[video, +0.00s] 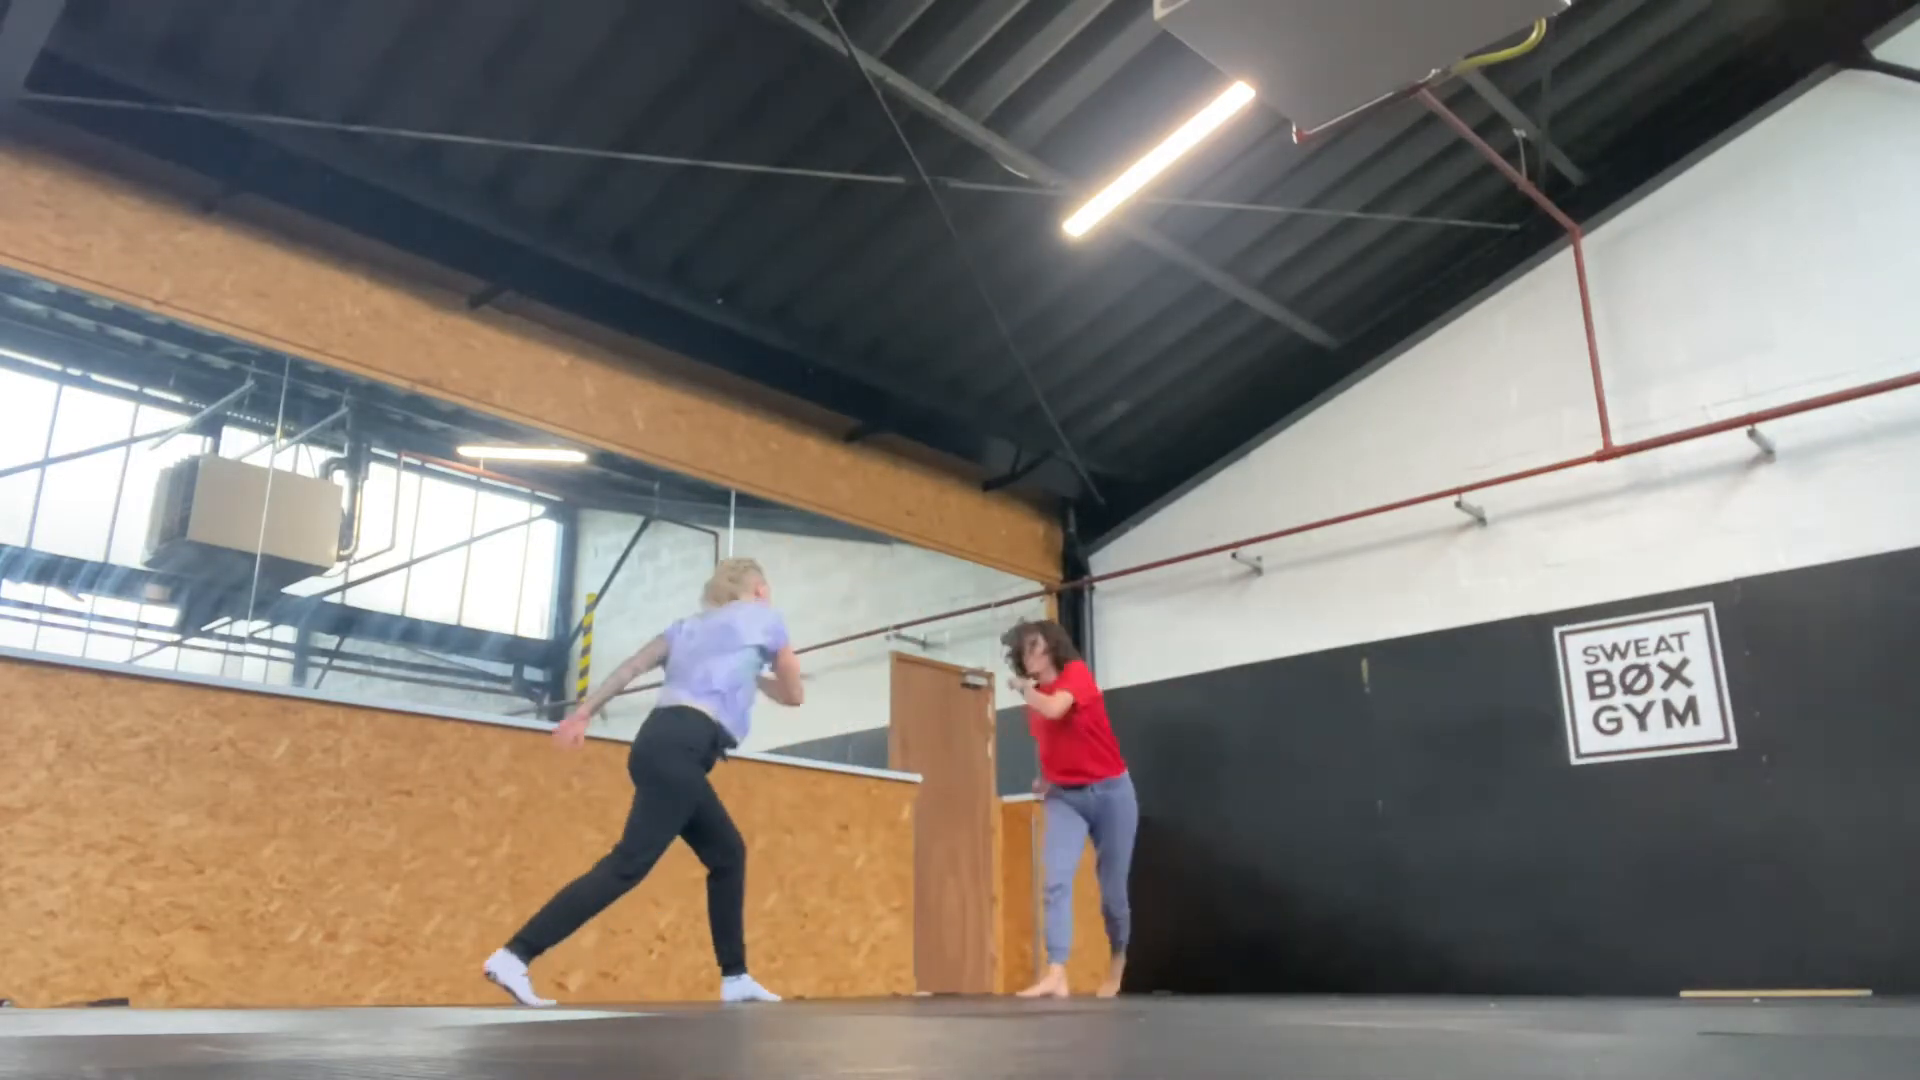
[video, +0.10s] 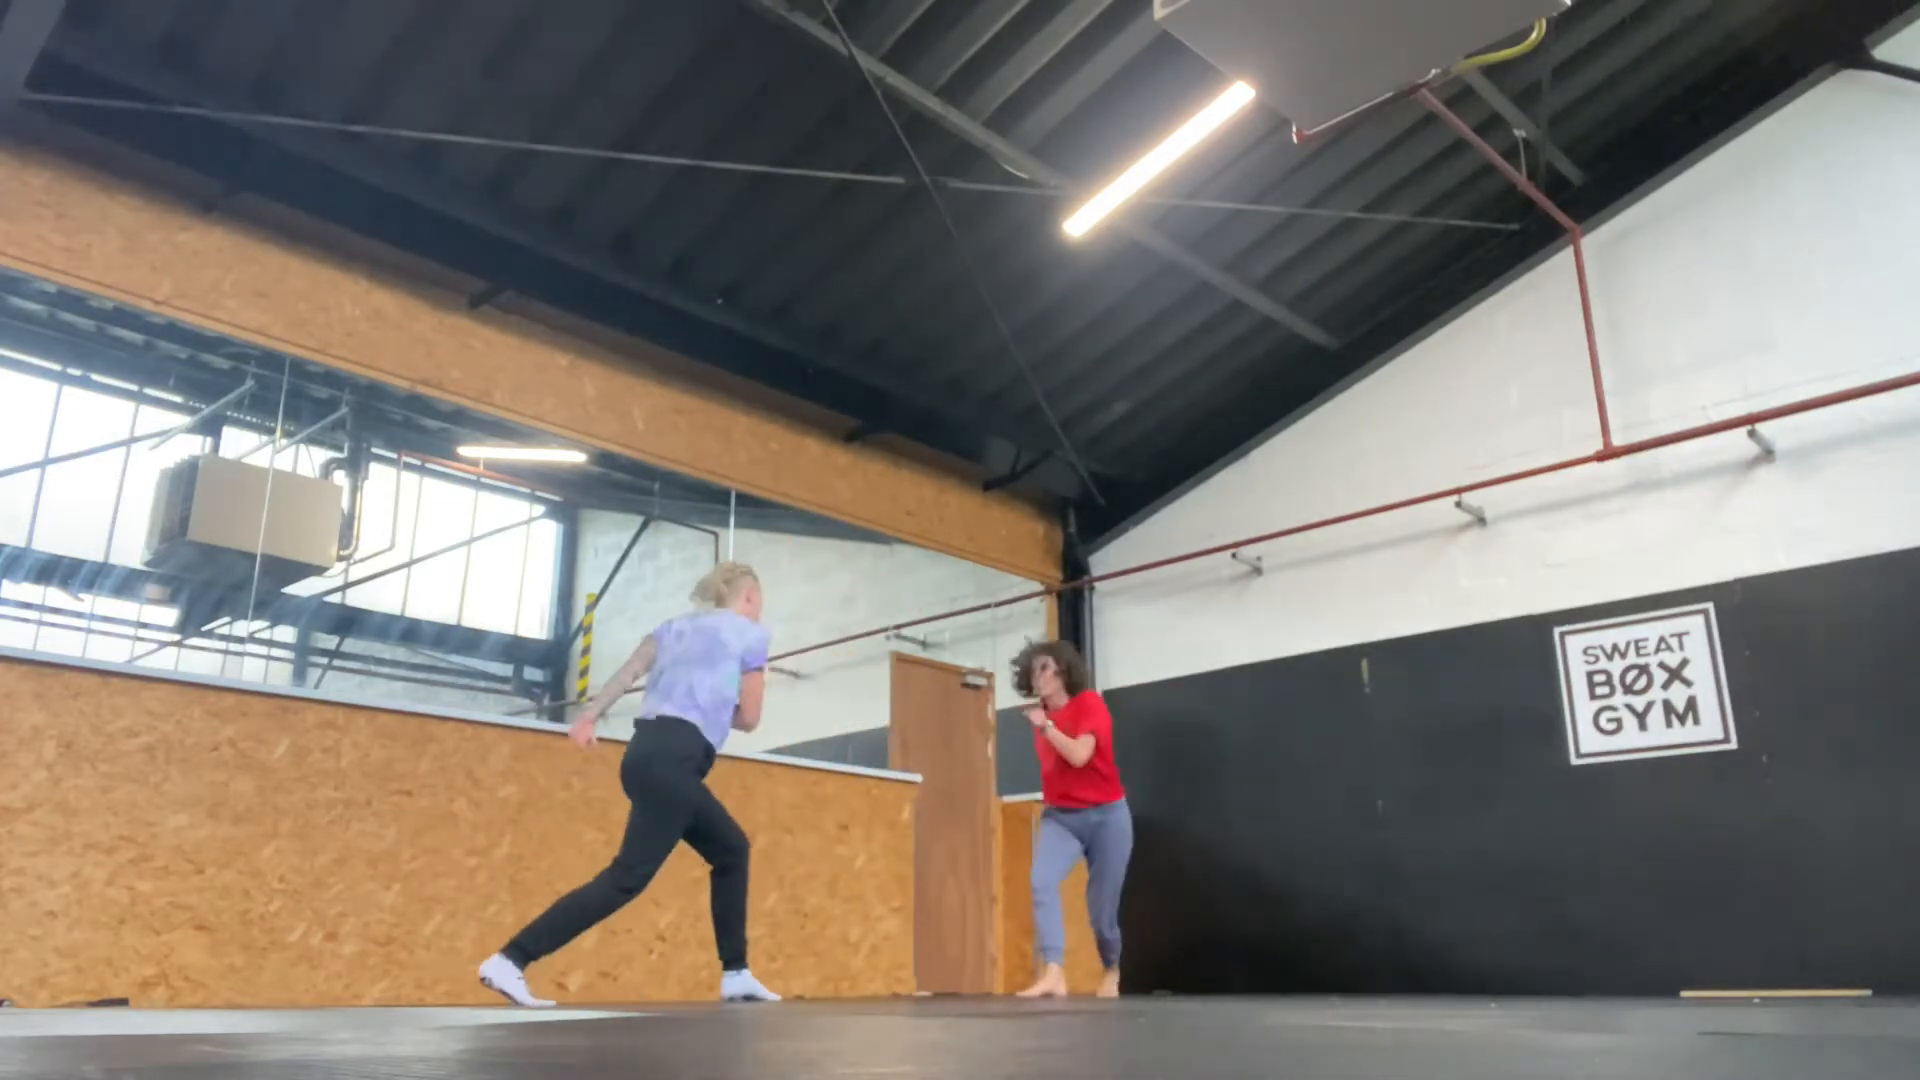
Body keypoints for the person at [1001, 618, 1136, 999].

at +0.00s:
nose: (1033, 653)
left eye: (1038, 645)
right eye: (1027, 648)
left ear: (1053, 646)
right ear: (1022, 658)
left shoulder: (1076, 672)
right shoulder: (1035, 696)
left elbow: (1055, 708)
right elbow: (1051, 745)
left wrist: (1027, 688)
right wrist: (1046, 777)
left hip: (1110, 792)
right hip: (1064, 796)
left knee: (1112, 890)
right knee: (1055, 881)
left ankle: (1117, 966)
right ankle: (1055, 973)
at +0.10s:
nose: (1040, 677)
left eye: (1047, 669)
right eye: (1035, 672)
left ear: (1065, 672)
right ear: (1030, 680)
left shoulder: (1089, 703)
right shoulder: (1041, 717)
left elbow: (1080, 754)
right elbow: (1052, 767)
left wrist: (1045, 726)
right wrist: (1053, 805)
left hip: (1106, 815)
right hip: (1060, 818)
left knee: (1101, 908)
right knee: (1042, 881)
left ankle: (1112, 972)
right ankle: (1053, 974)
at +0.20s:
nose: (1043, 693)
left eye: (1049, 684)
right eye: (1037, 689)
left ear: (1068, 689)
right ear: (1034, 699)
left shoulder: (1093, 722)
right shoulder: (1043, 736)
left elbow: (1084, 775)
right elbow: (1052, 785)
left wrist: (1053, 745)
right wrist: (1052, 823)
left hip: (1106, 832)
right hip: (1062, 835)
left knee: (1096, 930)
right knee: (1035, 880)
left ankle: (1112, 977)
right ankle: (1046, 972)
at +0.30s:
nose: (1031, 685)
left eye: (1037, 677)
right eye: (1025, 682)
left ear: (1057, 680)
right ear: (1023, 692)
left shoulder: (1079, 708)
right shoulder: (1040, 733)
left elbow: (1062, 752)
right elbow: (1040, 785)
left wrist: (1038, 724)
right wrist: (1012, 822)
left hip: (1109, 821)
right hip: (1066, 824)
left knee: (1100, 919)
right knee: (1038, 878)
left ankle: (1113, 974)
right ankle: (1046, 973)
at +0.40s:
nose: (1013, 675)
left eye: (1017, 667)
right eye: (1006, 673)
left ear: (1035, 668)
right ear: (1005, 688)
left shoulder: (1058, 688)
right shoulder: (1034, 724)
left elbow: (1043, 727)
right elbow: (1029, 776)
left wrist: (1017, 713)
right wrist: (984, 794)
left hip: (1113, 802)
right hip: (1067, 809)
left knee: (1111, 907)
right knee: (1042, 878)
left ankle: (1122, 962)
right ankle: (1047, 975)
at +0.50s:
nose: (993, 683)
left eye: (997, 673)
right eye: (987, 680)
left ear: (1019, 671)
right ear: (990, 694)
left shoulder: (1046, 688)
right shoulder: (1021, 724)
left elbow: (1047, 732)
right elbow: (1007, 781)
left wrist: (1015, 726)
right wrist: (970, 773)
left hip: (1114, 791)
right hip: (1069, 803)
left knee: (1117, 900)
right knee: (1041, 878)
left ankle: (1152, 952)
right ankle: (1047, 977)